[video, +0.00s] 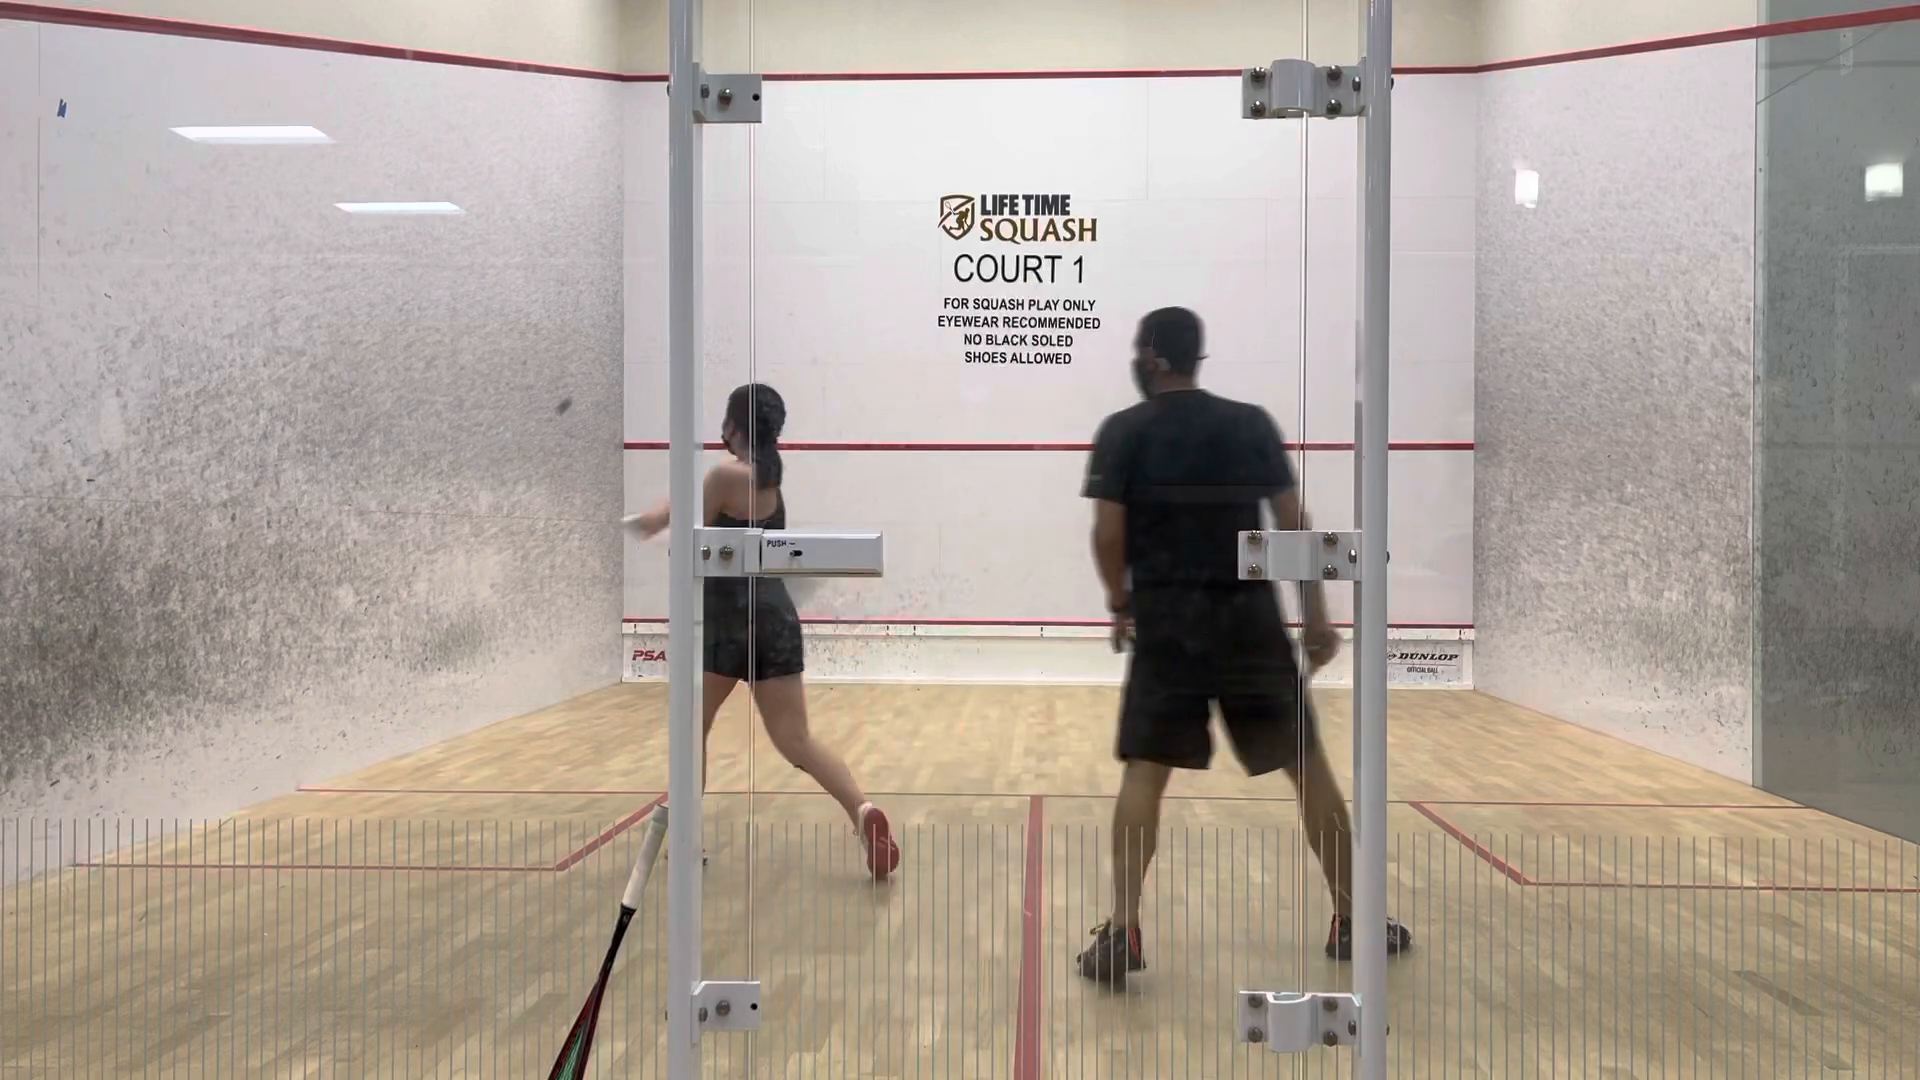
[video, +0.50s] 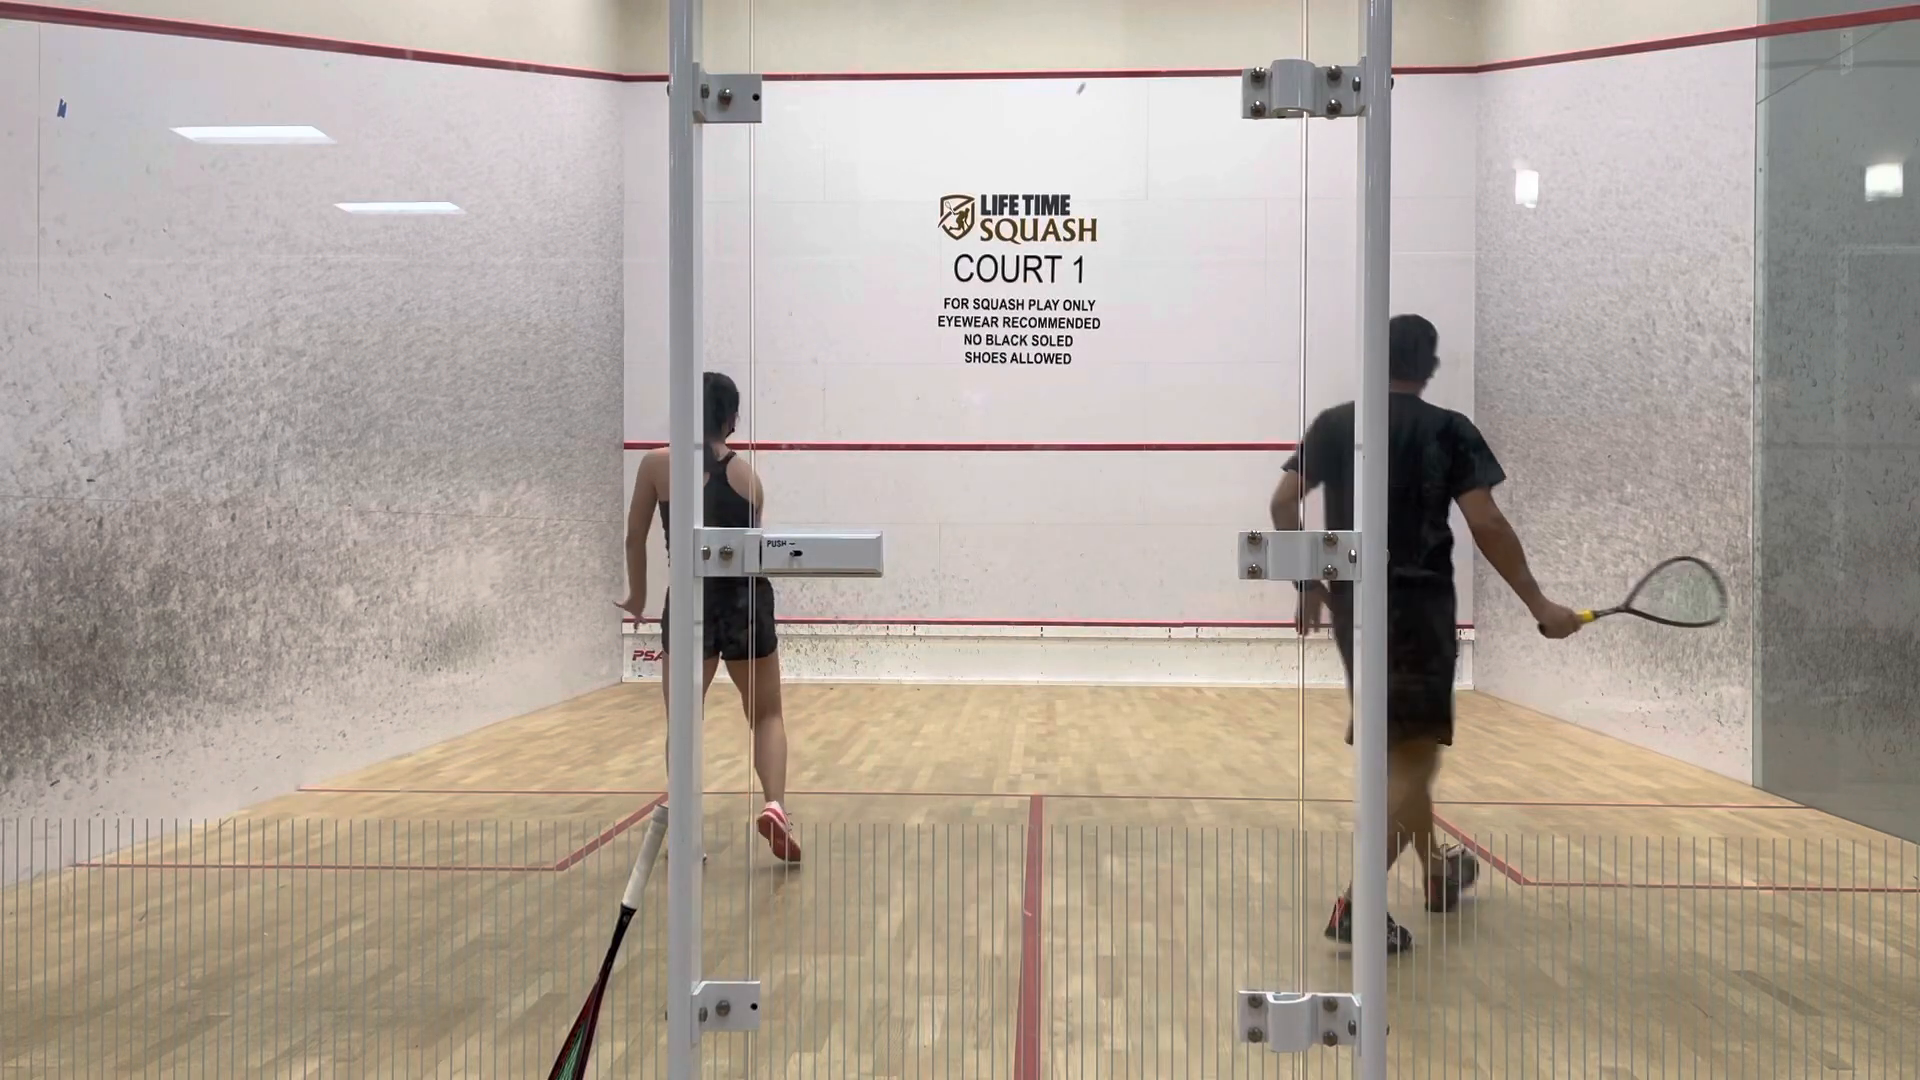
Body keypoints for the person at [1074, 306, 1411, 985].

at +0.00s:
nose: (1134, 364)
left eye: (1136, 354)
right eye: (1137, 353)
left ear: (1150, 359)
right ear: (1200, 358)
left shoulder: (1124, 430)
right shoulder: (1251, 424)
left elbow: (1108, 537)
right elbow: (1295, 526)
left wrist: (1120, 602)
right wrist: (1317, 616)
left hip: (1165, 635)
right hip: (1251, 630)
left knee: (1142, 777)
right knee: (1310, 768)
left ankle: (1122, 929)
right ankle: (1352, 919)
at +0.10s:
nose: (1194, 357)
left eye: (1197, 349)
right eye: (1199, 348)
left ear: (1209, 354)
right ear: (1259, 353)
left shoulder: (1181, 422)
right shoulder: (1309, 416)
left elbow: (1157, 523)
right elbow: (1345, 518)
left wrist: (1172, 589)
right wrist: (1358, 602)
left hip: (1228, 620)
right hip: (1313, 615)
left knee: (1192, 758)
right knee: (1339, 761)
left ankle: (1149, 883)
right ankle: (1354, 915)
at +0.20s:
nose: (1245, 350)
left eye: (1247, 341)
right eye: (1253, 341)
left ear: (1257, 344)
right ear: (1311, 342)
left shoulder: (1228, 410)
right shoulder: (1353, 406)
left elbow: (1198, 506)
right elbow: (1397, 510)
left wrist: (1216, 580)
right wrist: (1431, 600)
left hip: (1267, 605)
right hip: (1348, 604)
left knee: (1255, 735)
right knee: (1358, 760)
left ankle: (1216, 859)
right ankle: (1355, 914)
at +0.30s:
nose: (1297, 348)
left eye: (1296, 339)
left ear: (1299, 342)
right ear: (1358, 340)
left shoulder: (1266, 407)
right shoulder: (1393, 405)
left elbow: (1231, 496)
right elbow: (1436, 508)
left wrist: (1254, 577)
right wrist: (1478, 594)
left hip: (1292, 600)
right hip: (1368, 602)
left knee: (1312, 729)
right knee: (1361, 757)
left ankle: (1295, 872)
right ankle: (1352, 914)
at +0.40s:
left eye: (1349, 342)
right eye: (1382, 343)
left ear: (1341, 350)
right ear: (1398, 349)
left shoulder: (1302, 412)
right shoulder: (1423, 414)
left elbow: (1259, 492)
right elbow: (1465, 512)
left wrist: (1280, 577)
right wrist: (1512, 596)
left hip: (1324, 602)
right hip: (1395, 603)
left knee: (1359, 742)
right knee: (1383, 754)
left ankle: (1385, 875)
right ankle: (1355, 917)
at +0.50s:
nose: (1432, 373)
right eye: (1434, 364)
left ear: (1377, 360)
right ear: (1429, 366)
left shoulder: (1334, 422)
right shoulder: (1447, 430)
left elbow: (1283, 500)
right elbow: (1486, 524)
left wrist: (1305, 581)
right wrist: (1539, 603)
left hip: (1352, 608)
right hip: (1420, 610)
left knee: (1395, 742)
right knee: (1416, 754)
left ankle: (1436, 868)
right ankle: (1358, 903)